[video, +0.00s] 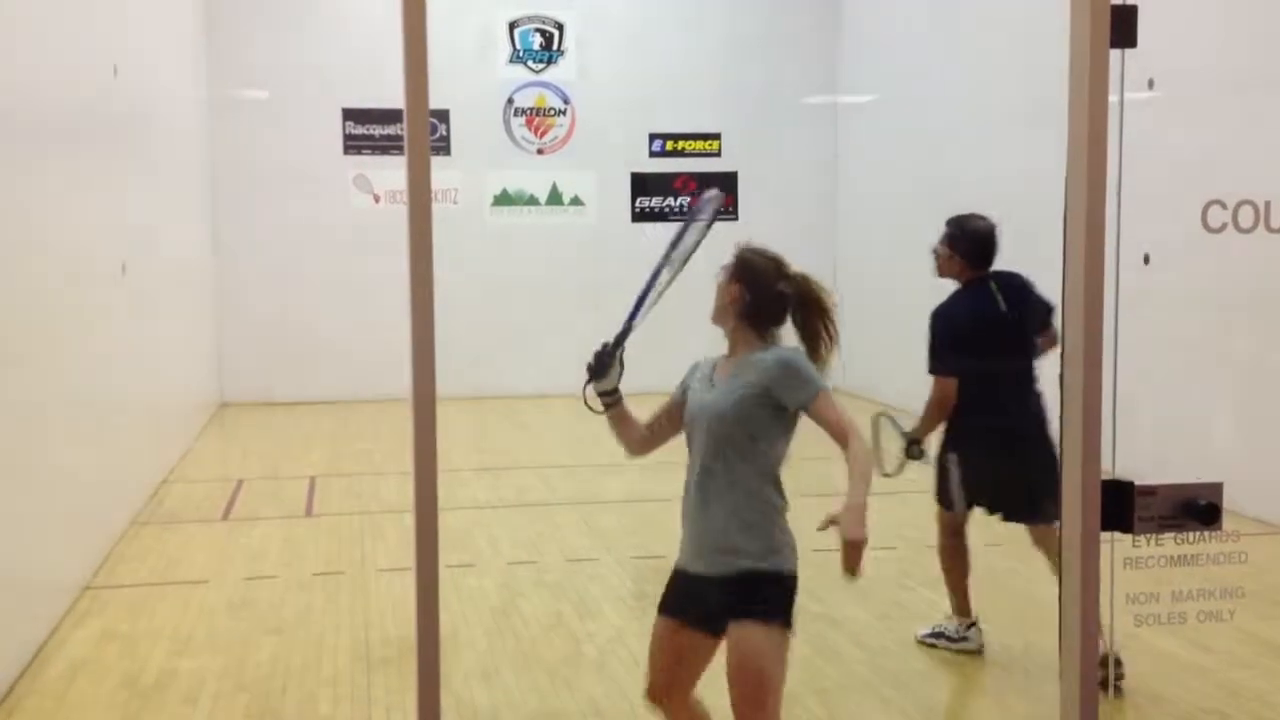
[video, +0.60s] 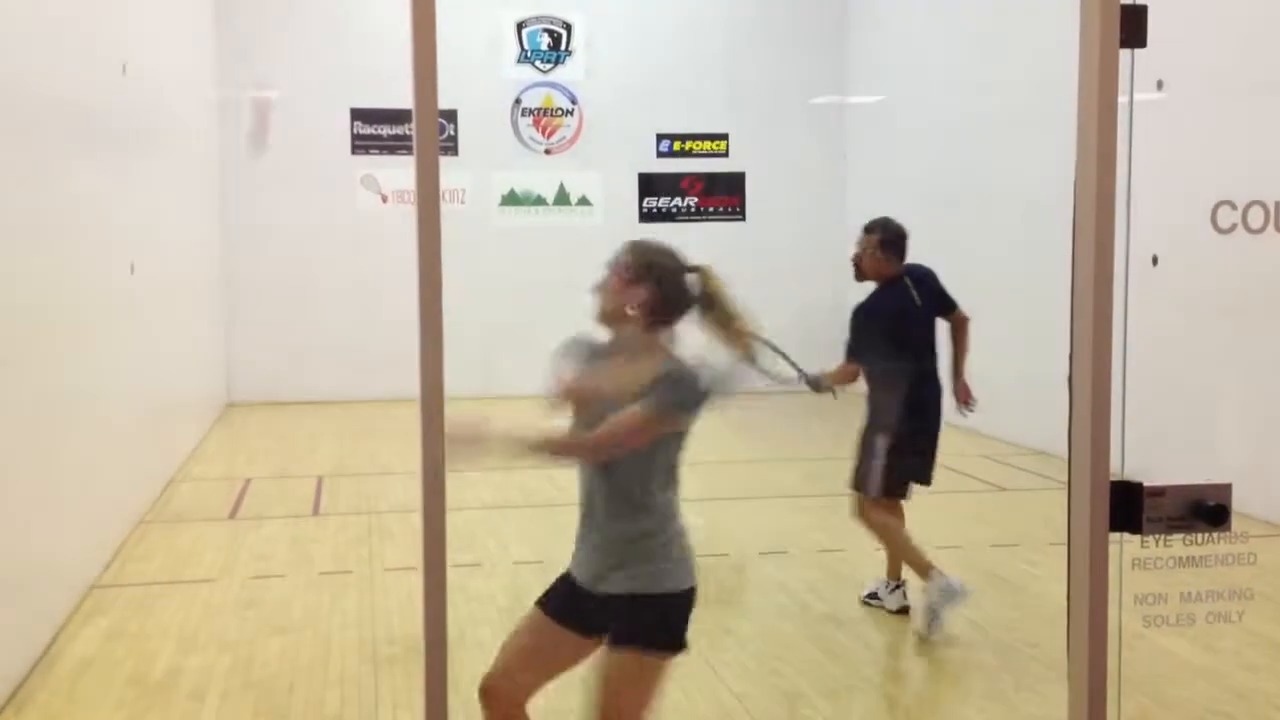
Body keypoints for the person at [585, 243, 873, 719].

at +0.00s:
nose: (716, 288)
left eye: (722, 280)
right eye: (722, 280)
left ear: (737, 295)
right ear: (743, 300)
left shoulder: (782, 367)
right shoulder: (701, 373)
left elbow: (854, 440)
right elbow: (638, 442)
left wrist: (855, 510)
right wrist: (609, 391)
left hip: (759, 568)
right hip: (697, 565)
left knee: (755, 712)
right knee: (666, 692)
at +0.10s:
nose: (719, 285)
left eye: (727, 278)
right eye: (724, 276)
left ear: (741, 297)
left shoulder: (790, 371)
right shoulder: (699, 380)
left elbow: (839, 458)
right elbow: (639, 453)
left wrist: (812, 528)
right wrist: (614, 403)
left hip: (765, 572)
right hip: (696, 568)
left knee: (755, 715)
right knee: (631, 699)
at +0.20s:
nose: (715, 272)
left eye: (725, 265)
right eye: (721, 264)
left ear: (743, 284)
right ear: (745, 286)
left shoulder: (787, 363)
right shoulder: (691, 360)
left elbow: (799, 456)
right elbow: (628, 435)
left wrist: (737, 508)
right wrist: (611, 382)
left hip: (755, 564)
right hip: (685, 556)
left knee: (756, 712)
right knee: (600, 686)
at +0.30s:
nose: (701, 266)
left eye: (710, 260)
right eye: (707, 257)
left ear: (727, 279)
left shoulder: (776, 356)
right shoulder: (673, 348)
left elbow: (759, 441)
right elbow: (599, 403)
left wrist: (667, 470)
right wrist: (604, 341)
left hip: (740, 563)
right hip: (666, 555)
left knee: (757, 711)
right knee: (592, 701)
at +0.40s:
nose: (678, 266)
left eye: (690, 260)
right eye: (685, 257)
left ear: (711, 279)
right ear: (705, 281)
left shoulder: (752, 356)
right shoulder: (652, 340)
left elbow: (721, 423)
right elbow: (578, 353)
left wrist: (613, 427)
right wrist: (614, 286)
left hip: (708, 568)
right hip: (633, 557)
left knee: (748, 711)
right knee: (555, 697)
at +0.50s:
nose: (642, 276)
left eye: (653, 268)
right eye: (649, 265)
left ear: (676, 284)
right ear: (678, 288)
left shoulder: (721, 365)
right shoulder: (624, 344)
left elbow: (662, 415)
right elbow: (588, 326)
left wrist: (543, 407)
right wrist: (647, 282)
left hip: (684, 572)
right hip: (605, 561)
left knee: (709, 711)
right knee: (507, 685)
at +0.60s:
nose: (601, 283)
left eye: (615, 275)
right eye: (609, 272)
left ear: (640, 297)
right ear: (635, 299)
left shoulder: (679, 382)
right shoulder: (585, 355)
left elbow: (599, 446)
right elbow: (574, 392)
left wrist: (511, 441)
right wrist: (648, 367)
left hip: (653, 586)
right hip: (592, 574)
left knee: (618, 711)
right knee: (499, 692)